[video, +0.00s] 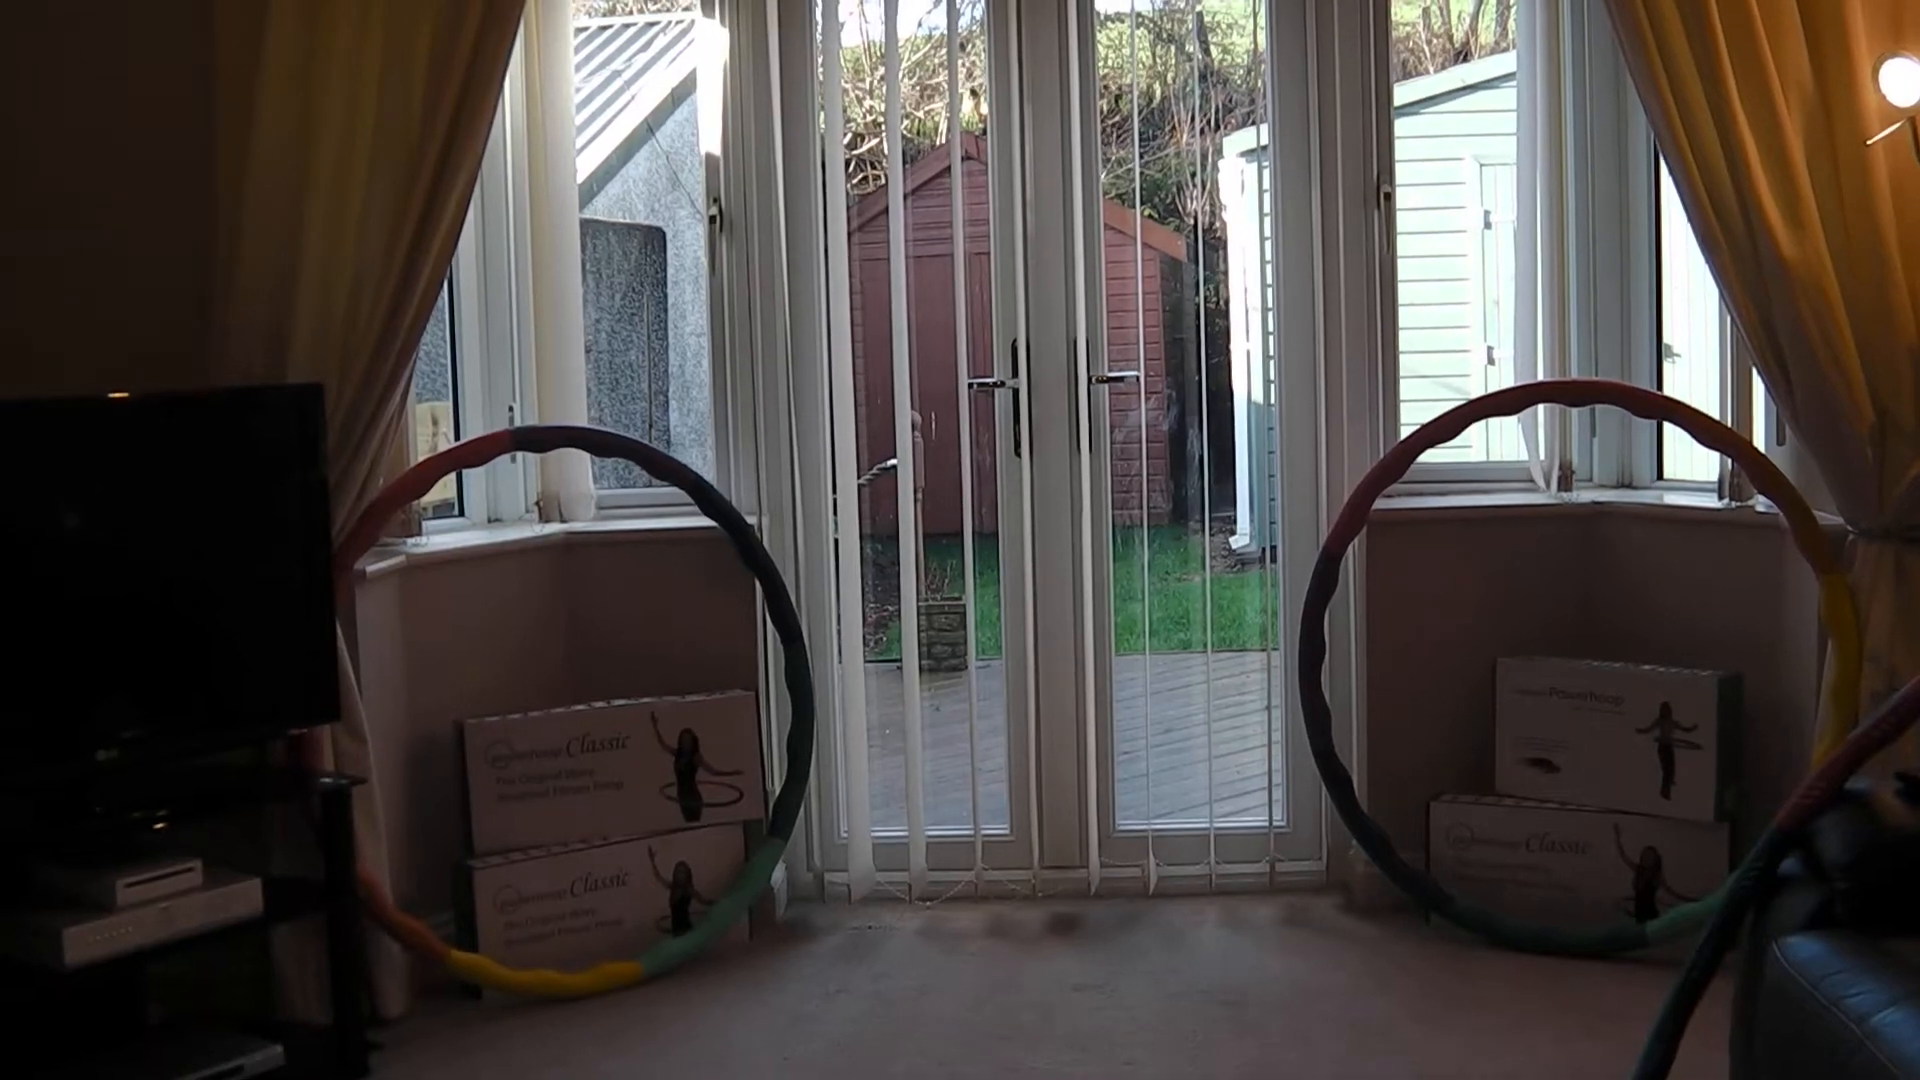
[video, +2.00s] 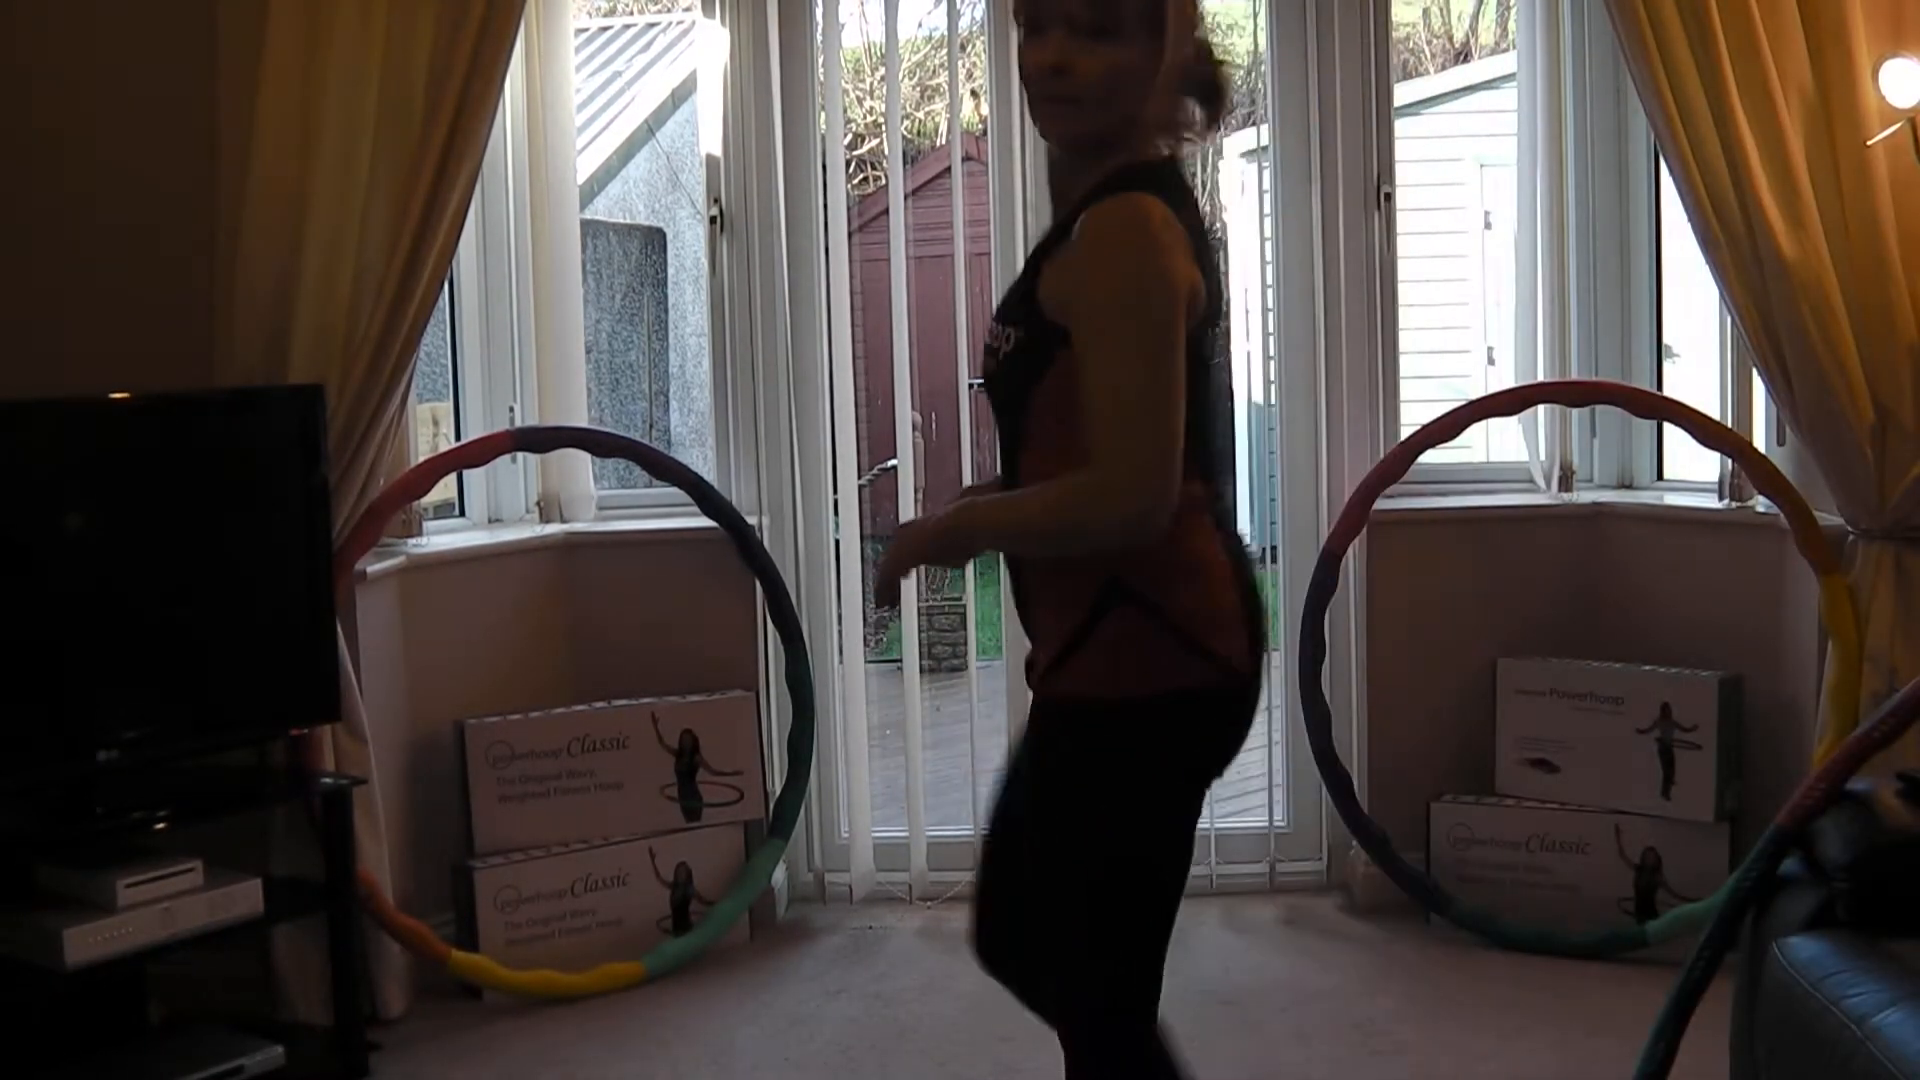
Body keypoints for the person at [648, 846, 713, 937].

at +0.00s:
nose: (680, 875)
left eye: (683, 872)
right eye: (678, 872)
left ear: (688, 874)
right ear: (674, 874)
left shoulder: (689, 890)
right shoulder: (672, 887)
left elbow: (702, 901)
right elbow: (658, 877)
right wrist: (652, 860)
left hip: (686, 924)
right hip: (675, 924)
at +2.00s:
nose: (681, 874)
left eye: (684, 871)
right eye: (679, 871)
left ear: (688, 873)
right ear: (675, 873)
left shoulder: (689, 889)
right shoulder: (673, 886)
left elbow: (702, 901)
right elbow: (658, 878)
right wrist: (653, 861)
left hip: (686, 922)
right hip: (675, 923)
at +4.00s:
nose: (681, 876)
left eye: (683, 873)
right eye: (678, 873)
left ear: (688, 875)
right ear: (675, 874)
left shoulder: (690, 889)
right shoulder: (673, 887)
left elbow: (702, 901)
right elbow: (658, 878)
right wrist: (652, 861)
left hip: (686, 924)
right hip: (675, 924)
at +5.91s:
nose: (681, 875)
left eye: (683, 872)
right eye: (678, 872)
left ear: (688, 874)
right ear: (675, 874)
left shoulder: (690, 889)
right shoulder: (673, 887)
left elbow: (704, 902)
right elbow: (658, 878)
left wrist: (719, 903)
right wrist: (652, 860)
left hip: (686, 924)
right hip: (675, 924)